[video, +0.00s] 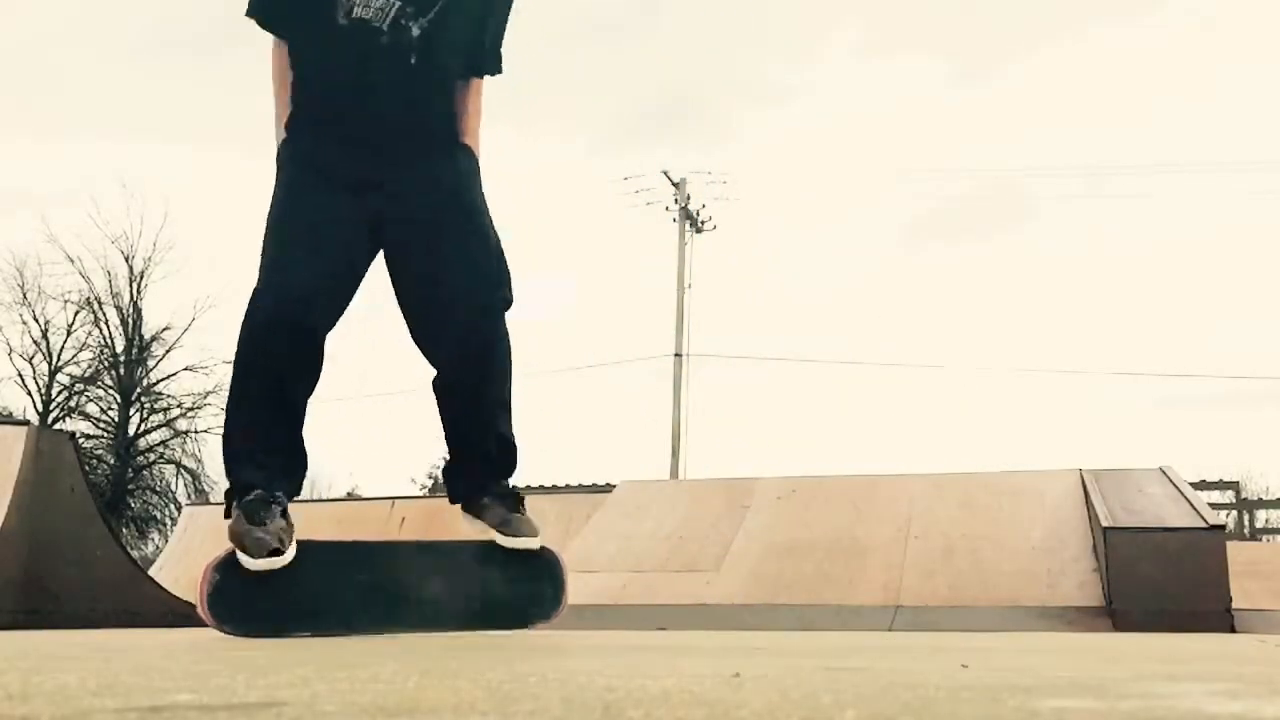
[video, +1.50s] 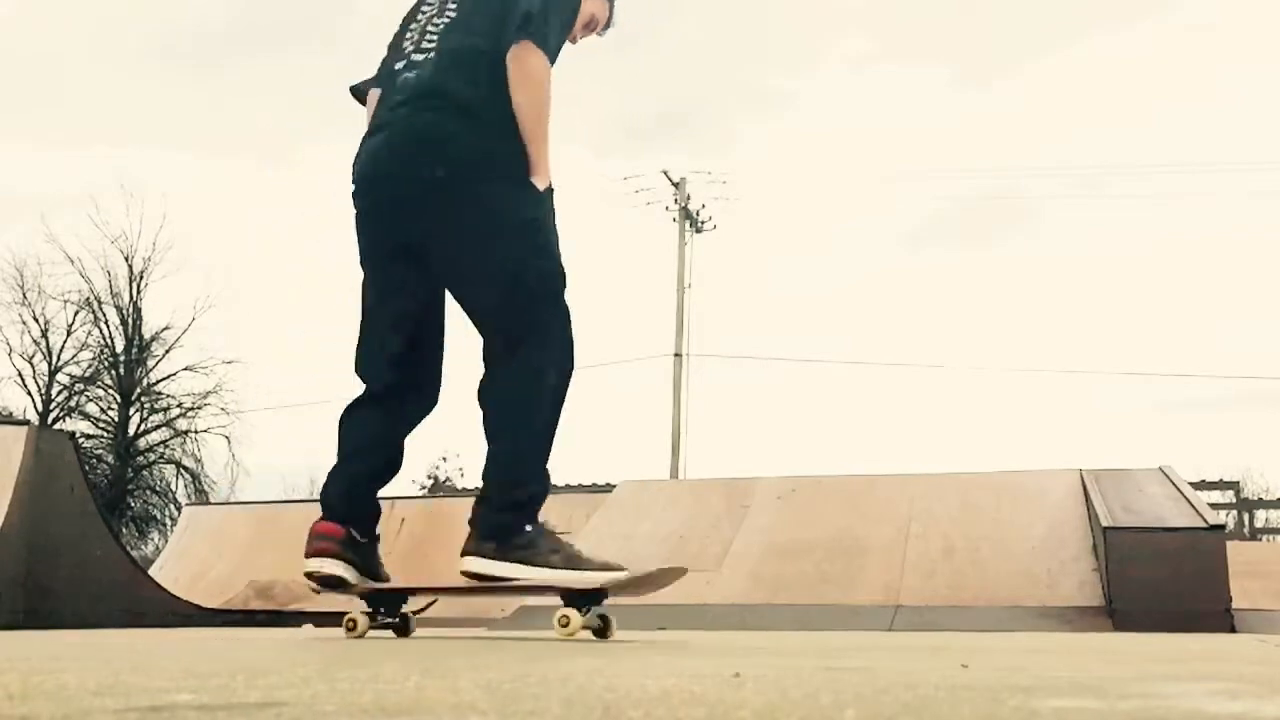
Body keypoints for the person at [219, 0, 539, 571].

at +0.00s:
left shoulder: (480, 6)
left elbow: (469, 75)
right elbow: (287, 51)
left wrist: (466, 175)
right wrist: (292, 154)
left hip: (432, 156)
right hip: (324, 153)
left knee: (473, 314)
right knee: (286, 316)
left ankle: (484, 481)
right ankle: (259, 492)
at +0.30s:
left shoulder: (475, 5)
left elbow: (436, 70)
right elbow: (276, 36)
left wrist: (431, 152)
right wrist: (311, 147)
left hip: (414, 149)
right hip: (337, 143)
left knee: (476, 311)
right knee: (359, 299)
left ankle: (366, 461)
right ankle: (290, 504)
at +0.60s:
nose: (550, 52)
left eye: (567, 45)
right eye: (554, 30)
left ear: (577, 42)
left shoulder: (503, 80)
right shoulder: (405, 14)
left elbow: (426, 158)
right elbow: (299, 55)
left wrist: (393, 216)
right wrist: (309, 185)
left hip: (387, 221)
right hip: (309, 194)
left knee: (435, 382)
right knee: (365, 334)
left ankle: (359, 541)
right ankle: (279, 529)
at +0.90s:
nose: (591, 63)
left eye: (604, 59)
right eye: (599, 45)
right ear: (577, 4)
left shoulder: (496, 77)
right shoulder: (459, 9)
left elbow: (411, 149)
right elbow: (341, 36)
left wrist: (392, 211)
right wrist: (334, 161)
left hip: (385, 200)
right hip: (318, 172)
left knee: (419, 375)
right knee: (357, 333)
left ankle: (348, 541)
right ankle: (261, 527)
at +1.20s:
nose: (582, 62)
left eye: (594, 62)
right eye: (595, 48)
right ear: (583, 4)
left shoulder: (499, 42)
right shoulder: (518, 5)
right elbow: (454, 33)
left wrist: (417, 183)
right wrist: (417, 147)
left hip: (394, 180)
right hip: (367, 154)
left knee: (402, 360)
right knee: (348, 323)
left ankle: (331, 538)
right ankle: (240, 519)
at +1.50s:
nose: (583, 34)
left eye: (592, 31)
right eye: (594, 22)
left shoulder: (432, 8)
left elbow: (377, 94)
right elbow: (527, 53)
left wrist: (386, 171)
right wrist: (540, 171)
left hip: (385, 168)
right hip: (473, 163)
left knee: (399, 364)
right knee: (534, 345)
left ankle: (344, 522)